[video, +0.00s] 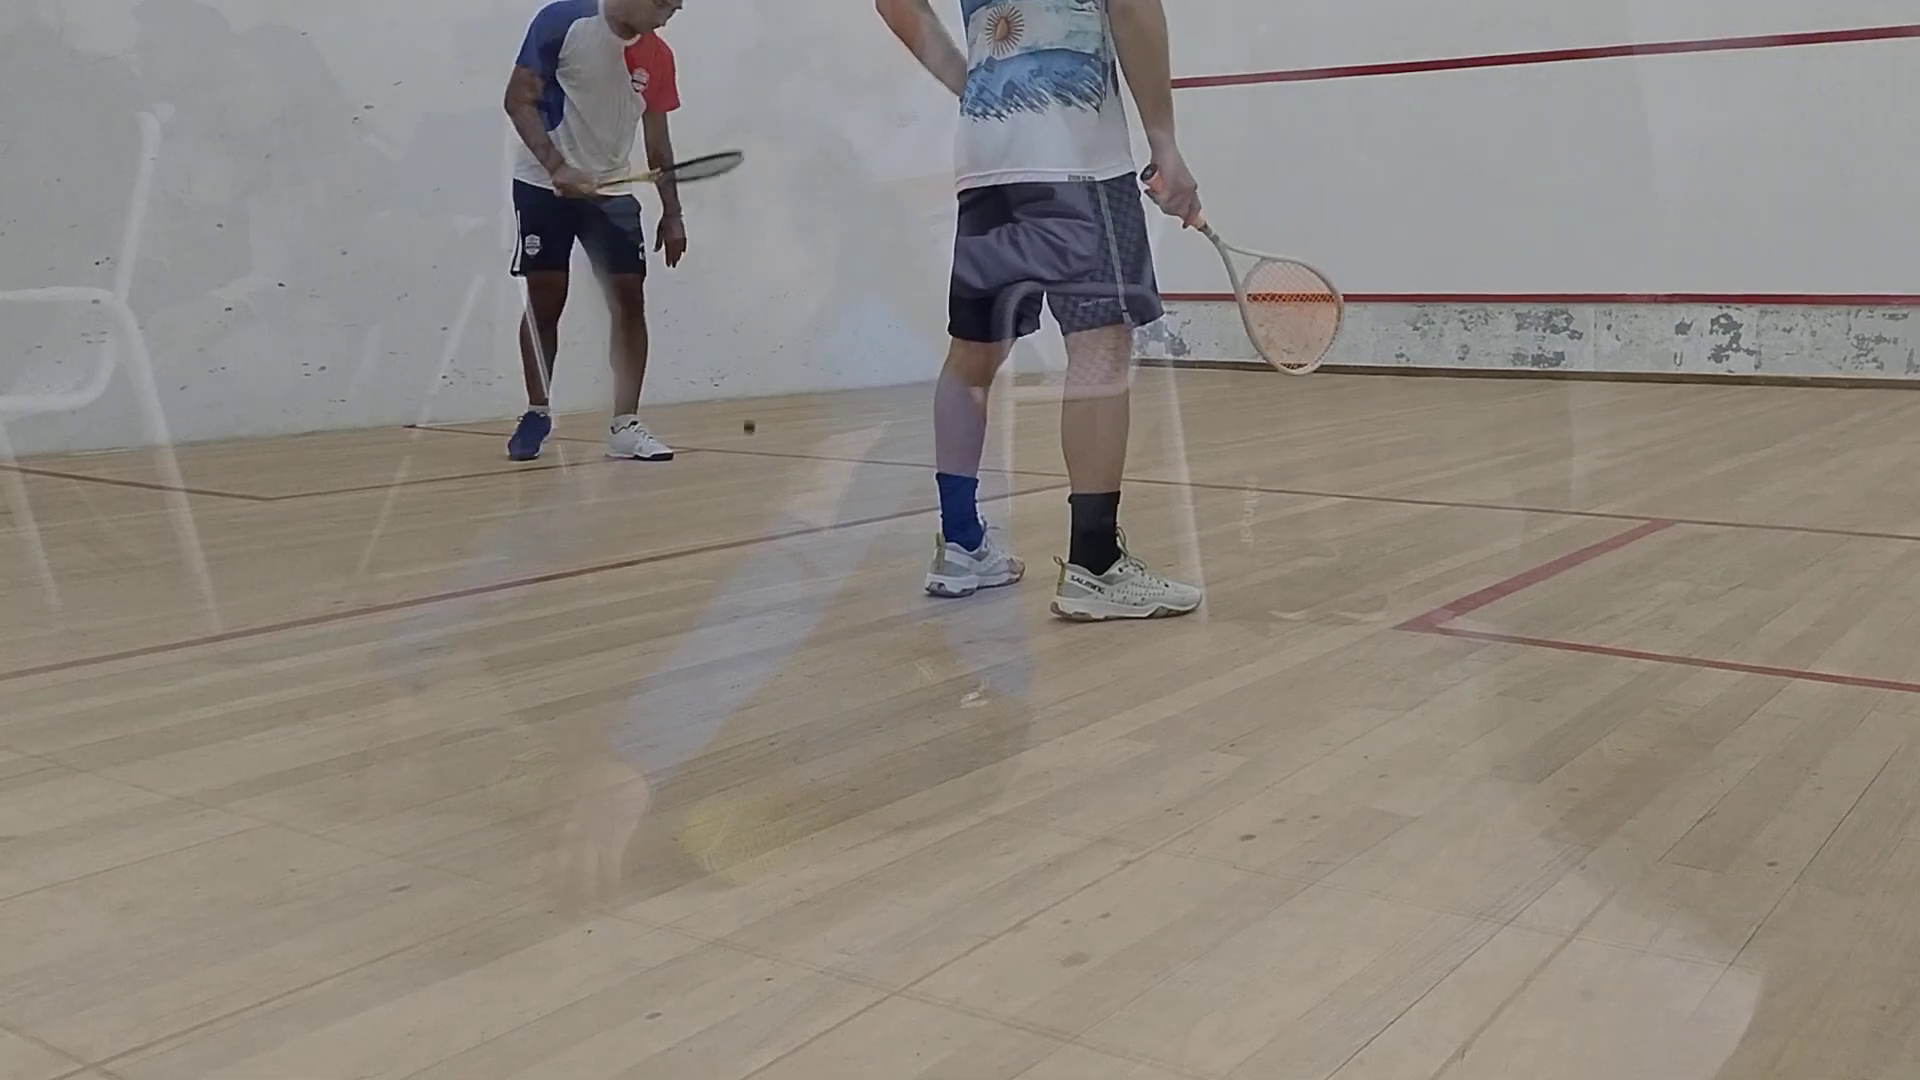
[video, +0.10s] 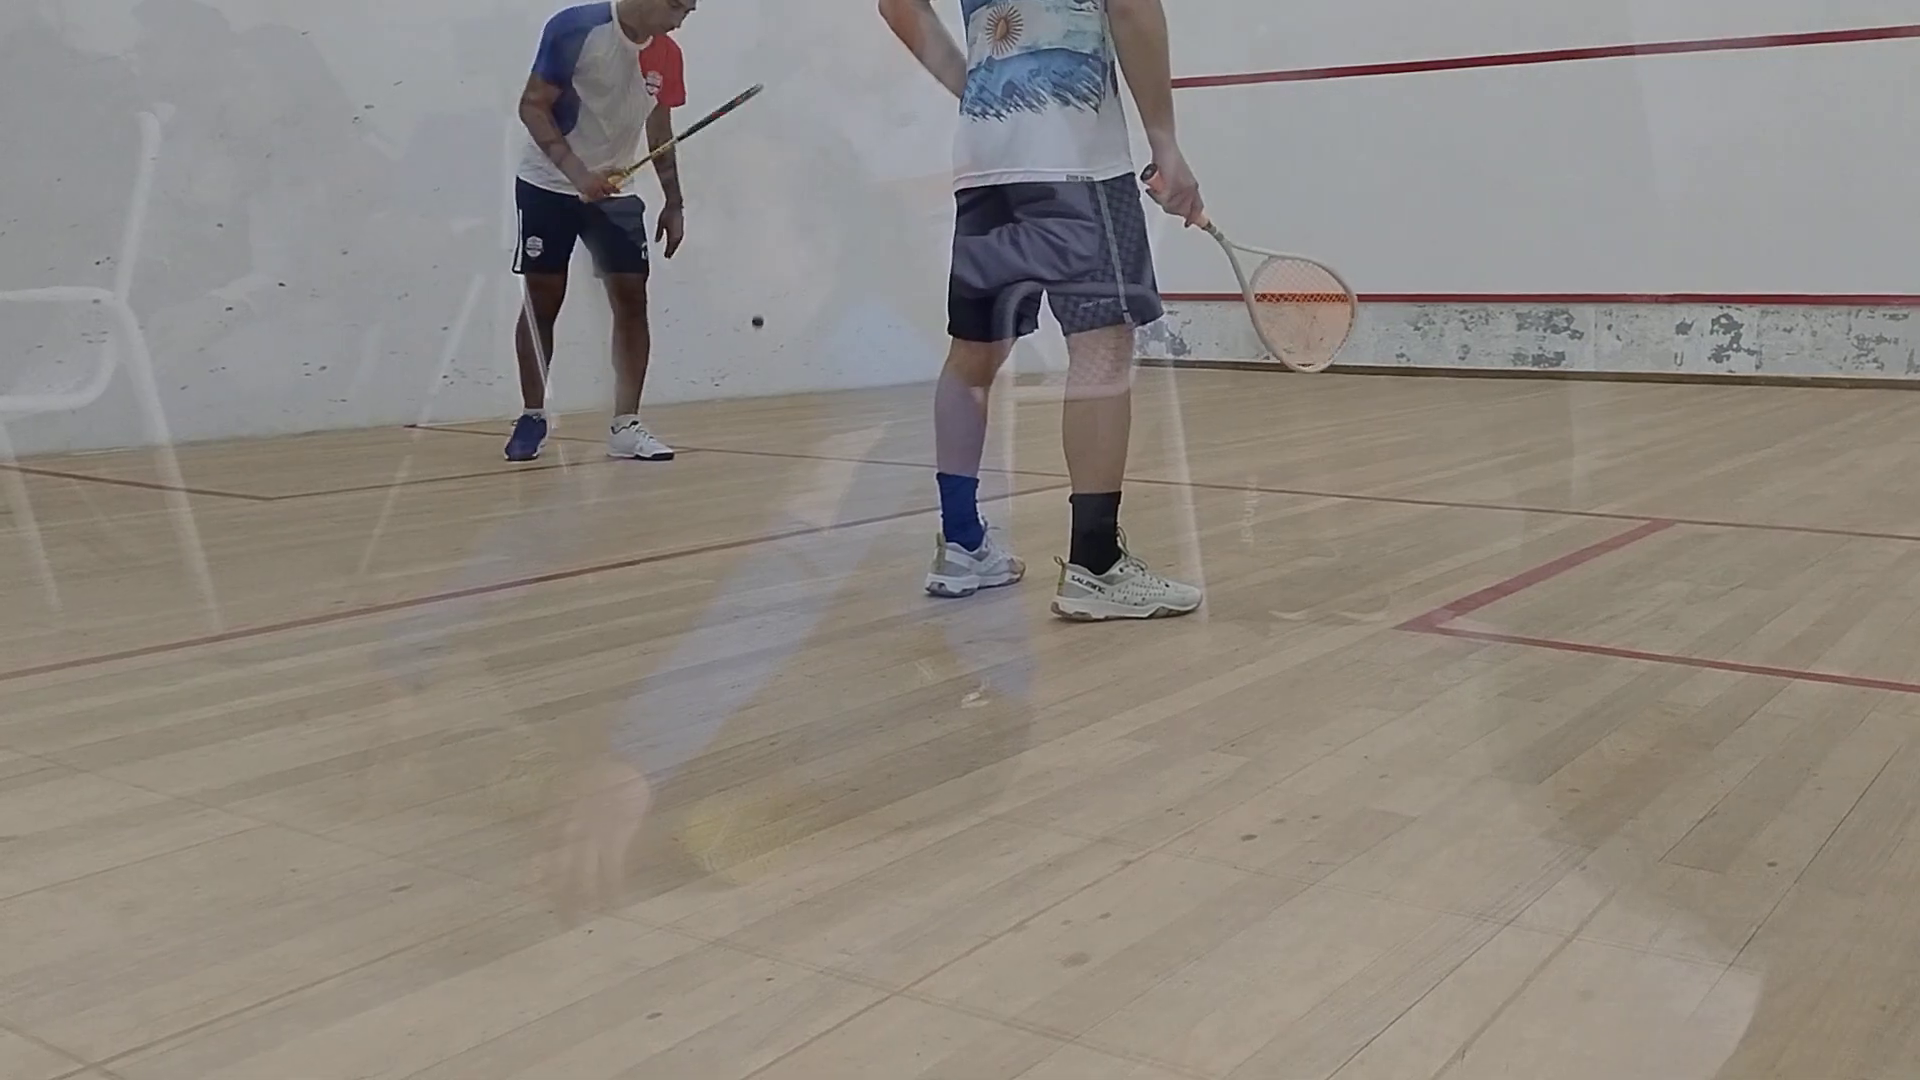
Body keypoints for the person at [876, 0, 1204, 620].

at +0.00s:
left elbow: (897, 5)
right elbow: (1132, 8)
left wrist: (973, 86)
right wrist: (1164, 145)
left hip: (982, 140)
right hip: (1074, 138)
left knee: (971, 355)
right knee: (1100, 353)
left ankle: (961, 547)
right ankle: (1095, 565)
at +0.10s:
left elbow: (897, 4)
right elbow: (1131, 8)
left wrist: (975, 87)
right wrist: (1165, 144)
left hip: (981, 140)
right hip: (1074, 138)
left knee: (972, 354)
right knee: (1101, 352)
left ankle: (961, 547)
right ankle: (1096, 565)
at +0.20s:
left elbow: (899, 4)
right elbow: (1131, 8)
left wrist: (975, 87)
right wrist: (1167, 142)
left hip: (982, 139)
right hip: (1075, 138)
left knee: (973, 352)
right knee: (1104, 352)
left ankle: (962, 546)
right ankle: (1097, 565)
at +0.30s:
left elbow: (898, 4)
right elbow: (1130, 7)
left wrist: (973, 86)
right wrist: (1167, 137)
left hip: (981, 136)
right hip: (1073, 134)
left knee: (973, 350)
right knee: (1104, 349)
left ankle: (962, 543)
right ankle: (1097, 563)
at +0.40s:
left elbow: (897, 4)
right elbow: (1128, 7)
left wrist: (968, 86)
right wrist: (1166, 134)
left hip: (978, 136)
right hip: (1072, 134)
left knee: (970, 350)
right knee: (1101, 349)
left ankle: (961, 542)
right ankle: (1095, 562)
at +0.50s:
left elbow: (899, 5)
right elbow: (1129, 8)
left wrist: (967, 89)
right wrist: (1168, 130)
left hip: (973, 134)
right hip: (1069, 130)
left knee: (968, 351)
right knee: (1099, 347)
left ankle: (959, 541)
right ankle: (1095, 561)